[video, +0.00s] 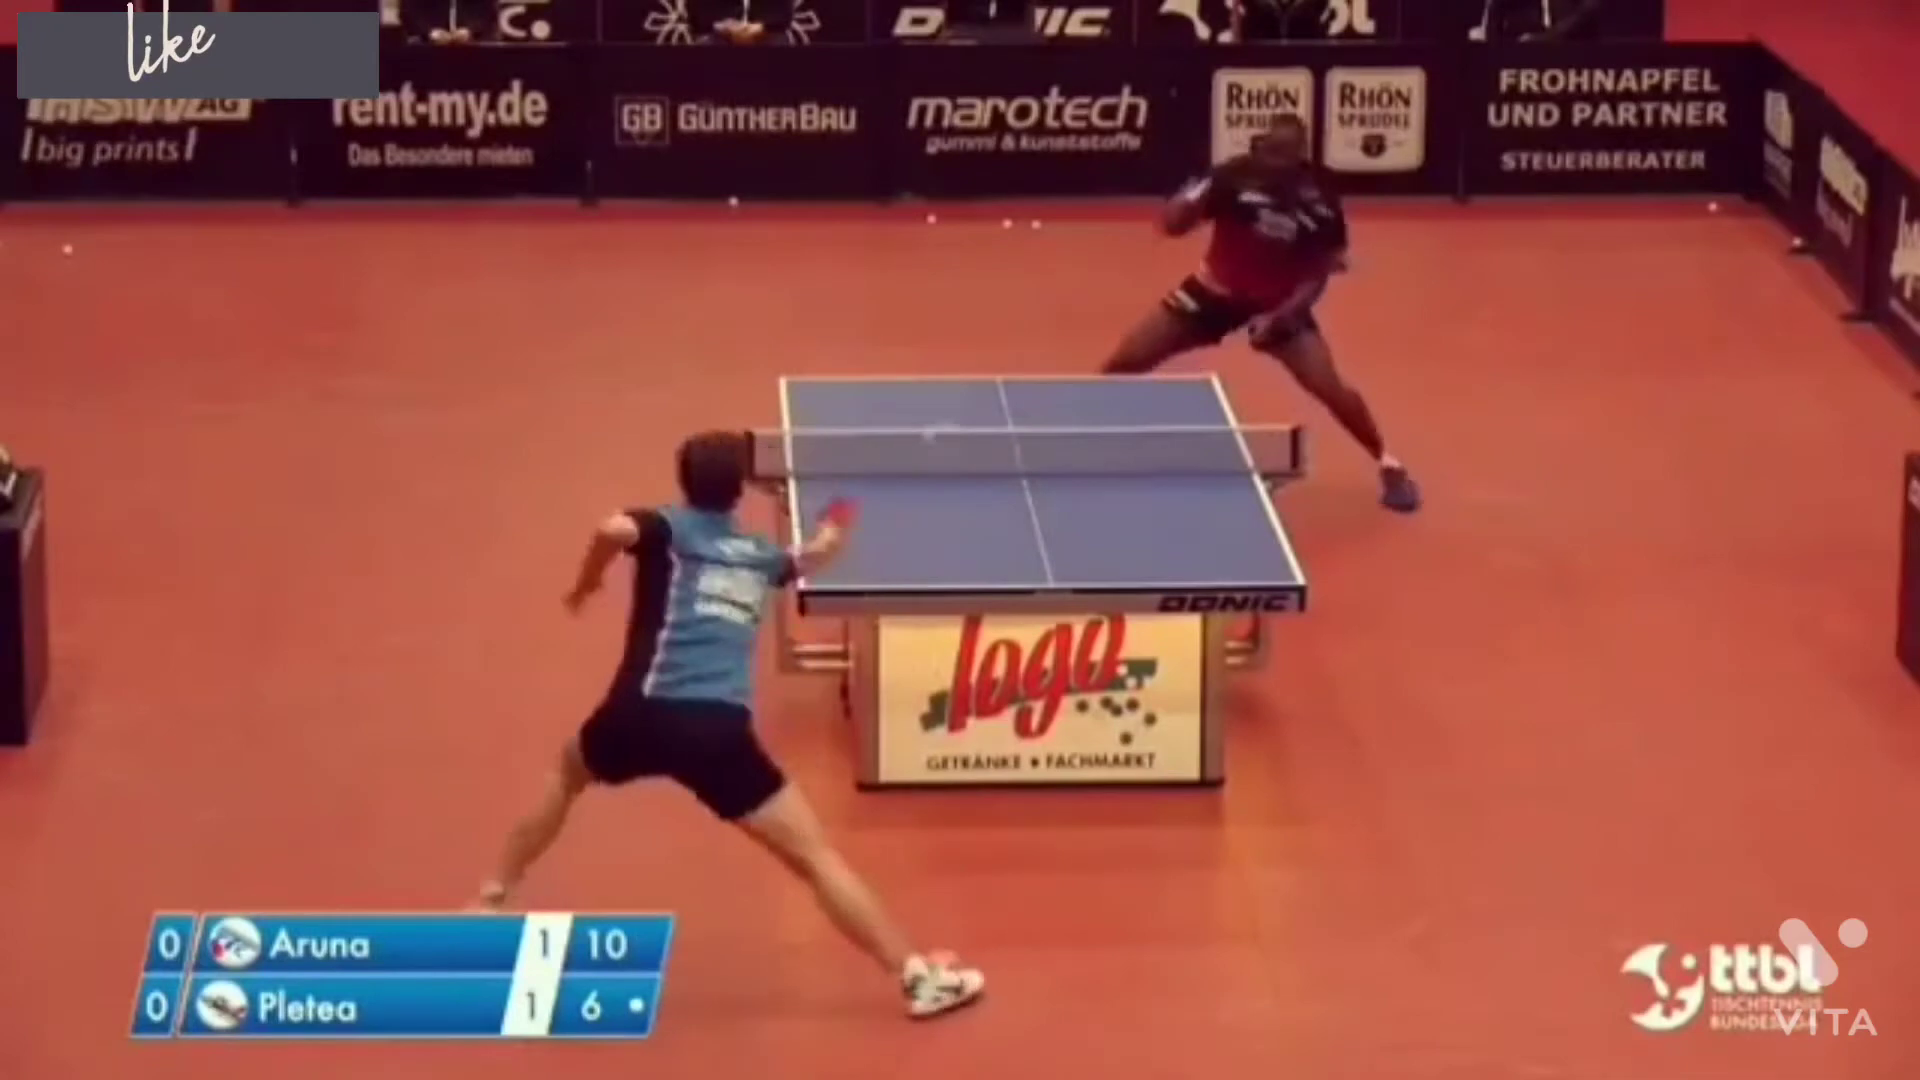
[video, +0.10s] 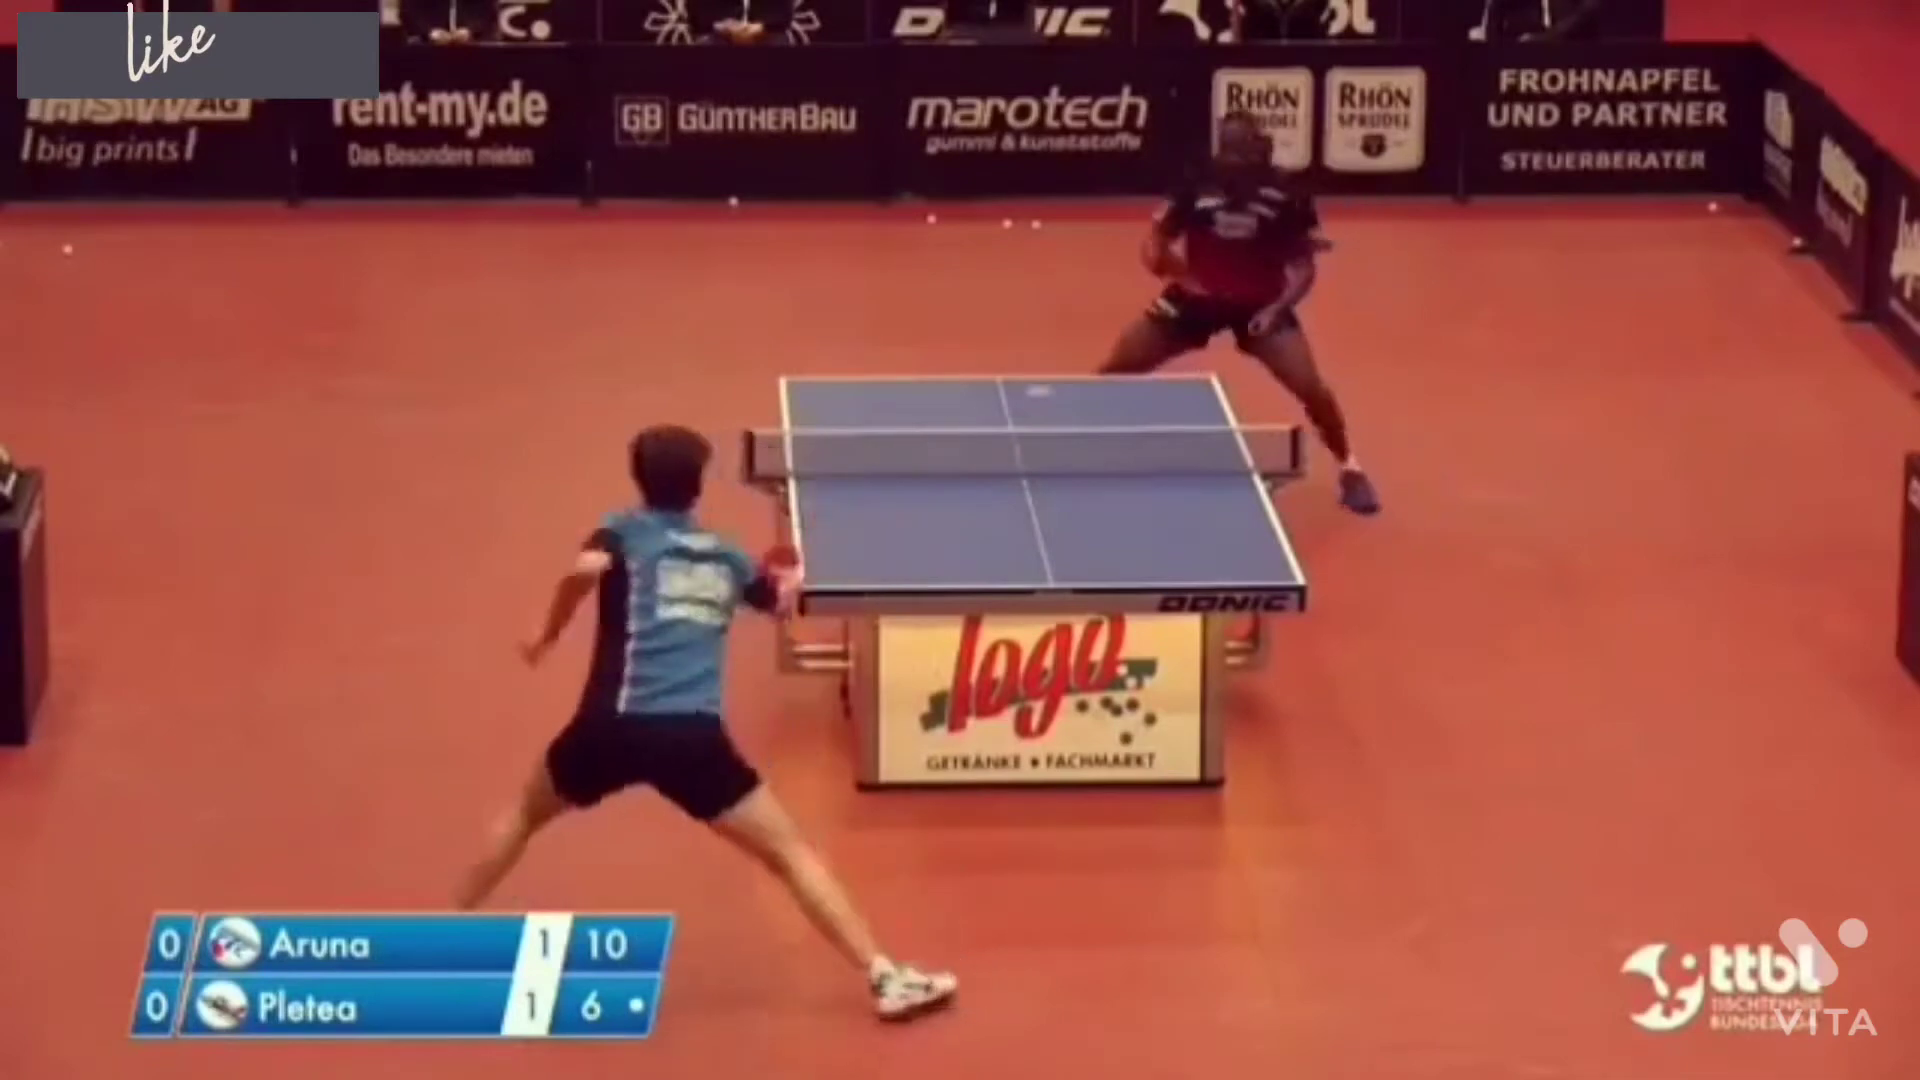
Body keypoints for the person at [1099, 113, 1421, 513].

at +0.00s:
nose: (1271, 158)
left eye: (1281, 152)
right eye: (1267, 149)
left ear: (1301, 156)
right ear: (1257, 147)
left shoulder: (1319, 199)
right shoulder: (1233, 177)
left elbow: (1321, 274)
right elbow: (1172, 224)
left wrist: (1278, 318)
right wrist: (1196, 197)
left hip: (1280, 306)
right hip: (1214, 294)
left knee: (1329, 388)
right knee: (1124, 362)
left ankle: (1386, 463)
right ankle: (1082, 449)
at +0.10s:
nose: (1235, 159)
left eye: (1244, 150)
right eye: (1228, 150)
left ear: (1262, 151)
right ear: (1216, 152)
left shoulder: (1285, 198)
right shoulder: (1198, 190)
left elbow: (1304, 269)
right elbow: (1155, 249)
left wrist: (1279, 308)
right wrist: (1184, 277)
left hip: (1261, 308)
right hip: (1195, 301)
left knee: (1313, 391)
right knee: (1113, 372)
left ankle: (1349, 467)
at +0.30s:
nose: (1201, 163)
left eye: (1207, 154)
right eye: (1194, 155)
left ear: (1222, 152)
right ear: (1184, 157)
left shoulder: (1259, 176)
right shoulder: (1176, 195)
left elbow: (1303, 224)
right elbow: (1155, 263)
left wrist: (1290, 255)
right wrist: (1169, 274)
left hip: (1260, 291)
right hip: (1193, 294)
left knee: (1303, 374)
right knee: (1122, 372)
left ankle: (1354, 468)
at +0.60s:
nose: (1227, 169)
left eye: (1235, 158)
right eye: (1218, 160)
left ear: (1249, 159)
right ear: (1205, 163)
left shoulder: (1268, 192)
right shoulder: (1194, 204)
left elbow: (1293, 228)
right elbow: (1146, 250)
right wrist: (1182, 217)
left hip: (1254, 310)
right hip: (1186, 312)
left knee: (1315, 384)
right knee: (1131, 392)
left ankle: (1352, 465)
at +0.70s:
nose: (1206, 161)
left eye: (1213, 152)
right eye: (1198, 153)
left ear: (1224, 153)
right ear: (1184, 154)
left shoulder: (1240, 195)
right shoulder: (1162, 197)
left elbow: (1258, 247)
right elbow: (1103, 244)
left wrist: (1286, 294)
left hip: (1233, 310)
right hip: (1163, 312)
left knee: (1297, 381)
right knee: (1115, 391)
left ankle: (1350, 464)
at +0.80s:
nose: (1135, 138)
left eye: (1143, 129)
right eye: (1127, 129)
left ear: (1157, 131)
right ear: (1114, 131)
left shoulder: (1183, 175)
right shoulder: (1090, 174)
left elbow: (1206, 223)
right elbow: (1047, 244)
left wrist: (1209, 277)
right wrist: (1054, 228)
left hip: (1172, 300)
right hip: (1099, 297)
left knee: (1243, 376)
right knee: (1027, 375)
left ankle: (1298, 463)